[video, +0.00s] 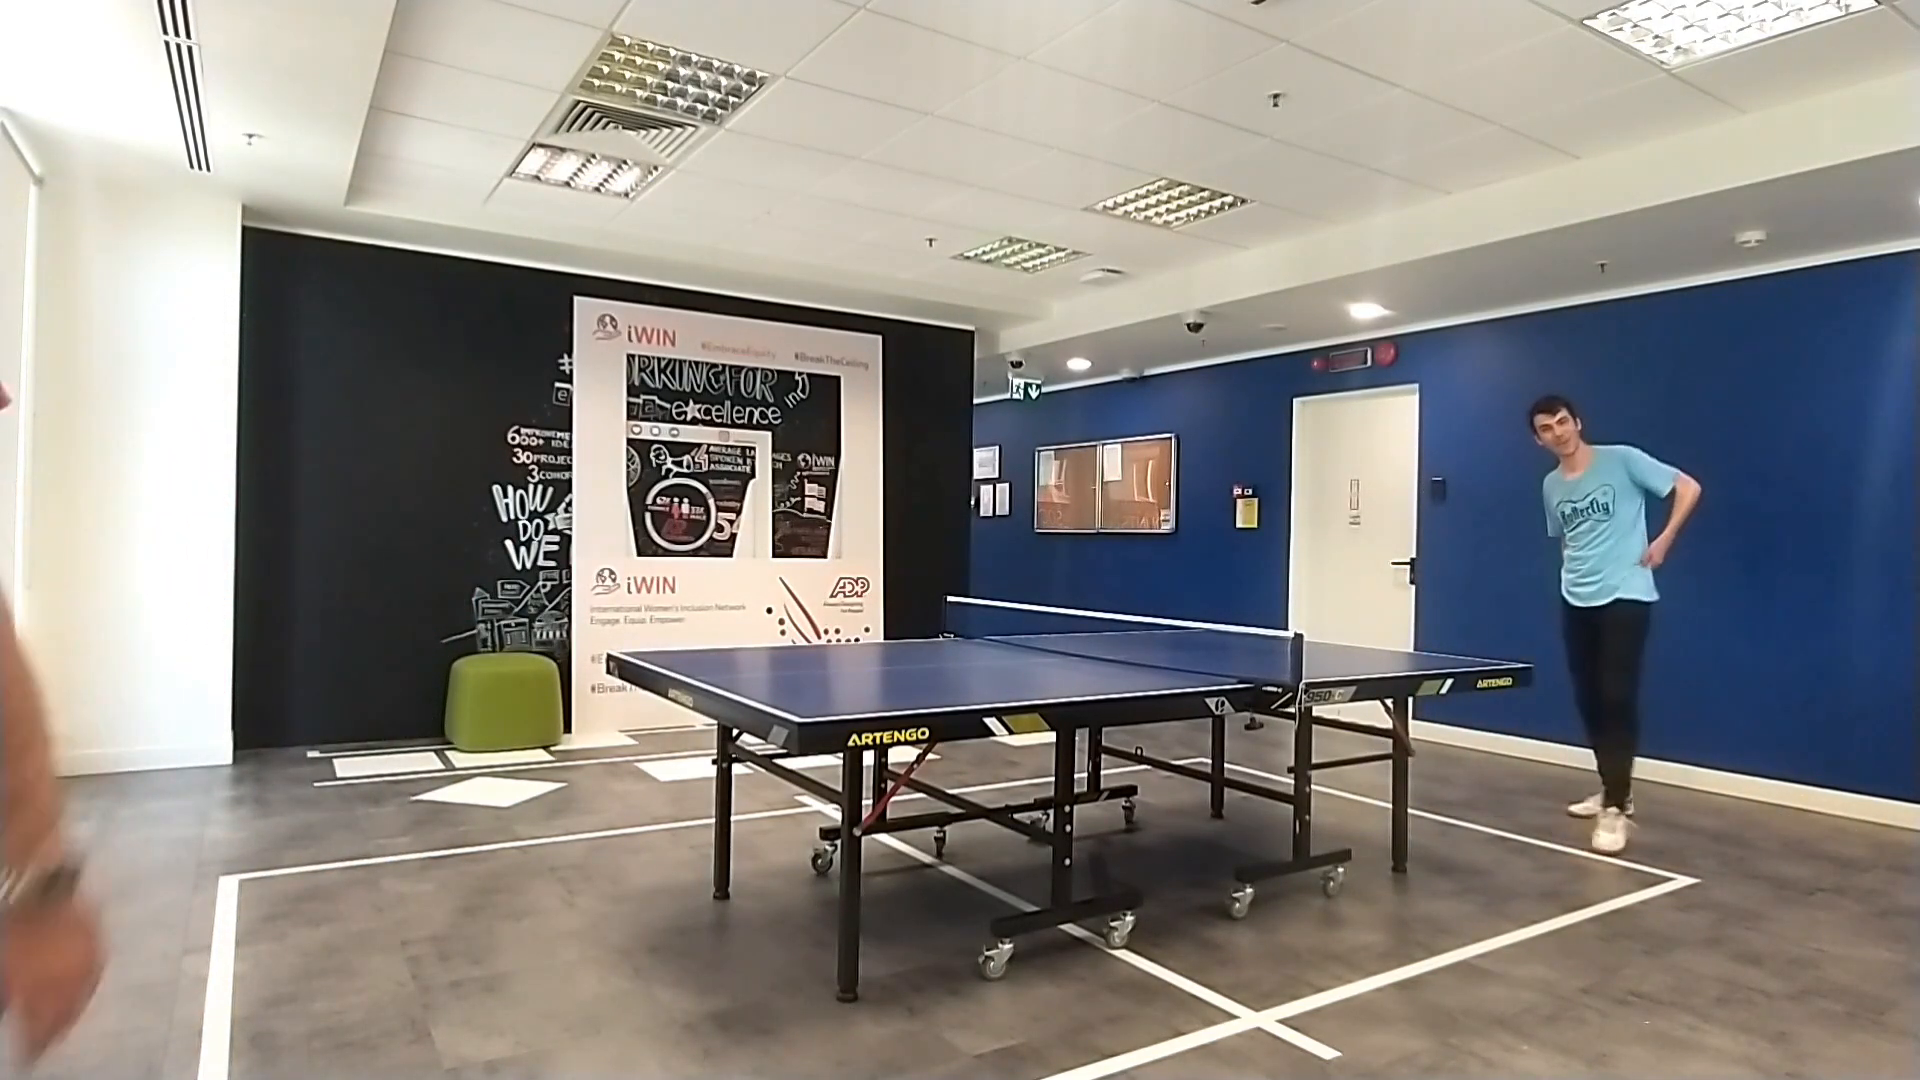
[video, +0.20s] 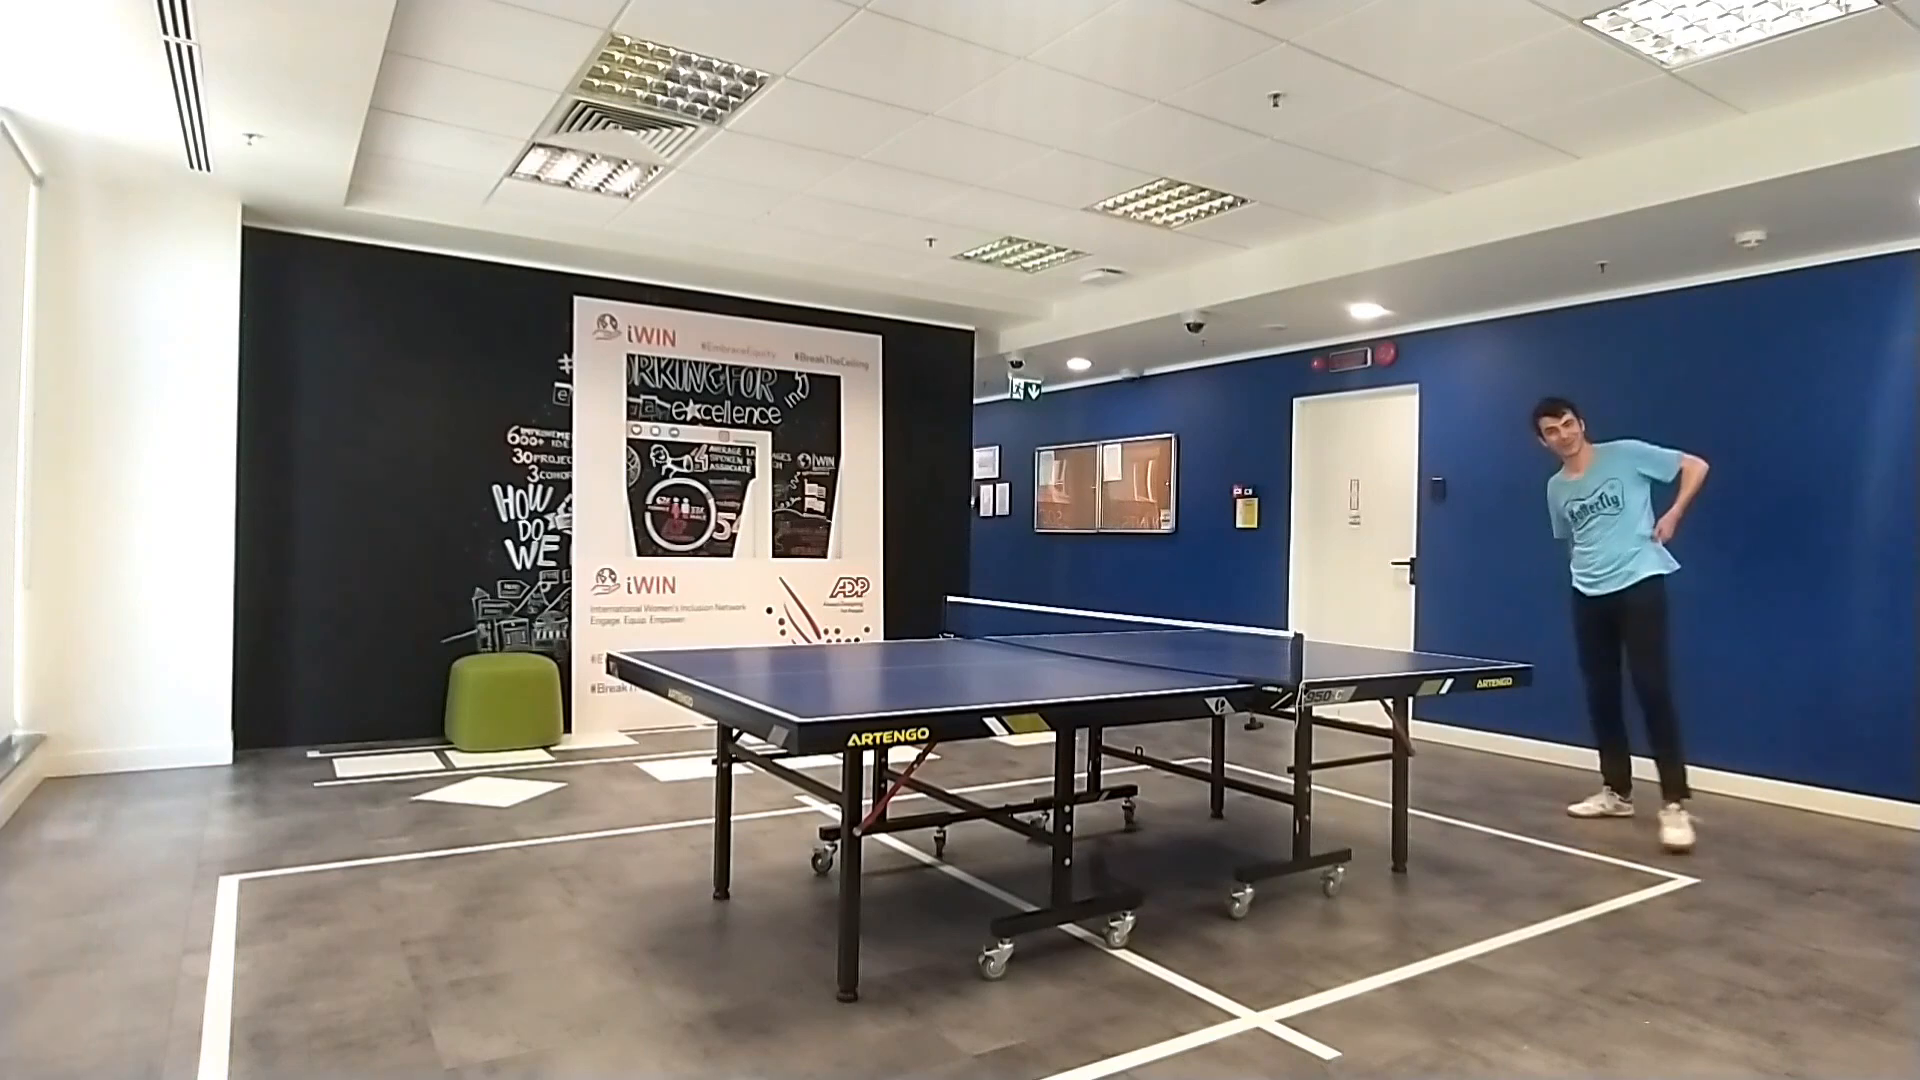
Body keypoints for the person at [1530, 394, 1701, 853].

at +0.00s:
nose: (1556, 431)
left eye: (1560, 421)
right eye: (1546, 428)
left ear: (1576, 422)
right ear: (1540, 440)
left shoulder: (1622, 459)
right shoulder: (1552, 485)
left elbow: (1688, 487)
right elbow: (1564, 542)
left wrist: (1664, 540)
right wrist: (1571, 583)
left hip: (1626, 595)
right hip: (1578, 601)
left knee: (1617, 695)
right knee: (1590, 697)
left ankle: (1617, 809)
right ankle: (1612, 791)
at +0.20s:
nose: (1562, 433)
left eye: (1566, 423)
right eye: (1551, 430)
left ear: (1580, 423)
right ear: (1544, 441)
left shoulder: (1623, 454)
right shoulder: (1556, 488)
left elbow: (1695, 466)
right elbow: (1569, 543)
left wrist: (1673, 515)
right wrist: (1586, 574)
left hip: (1640, 583)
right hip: (1590, 594)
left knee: (1651, 688)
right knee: (1602, 692)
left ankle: (1674, 805)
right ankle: (1617, 793)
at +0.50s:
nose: (1615, 426)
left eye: (1620, 418)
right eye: (1604, 420)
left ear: (1630, 420)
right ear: (1588, 428)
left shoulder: (1661, 456)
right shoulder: (1578, 482)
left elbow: (1717, 483)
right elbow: (1579, 541)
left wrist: (1703, 527)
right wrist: (1580, 594)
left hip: (1666, 591)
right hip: (1607, 596)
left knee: (1687, 693)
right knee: (1612, 694)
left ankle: (1712, 798)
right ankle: (1617, 793)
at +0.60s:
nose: (1642, 425)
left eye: (1647, 416)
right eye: (1632, 418)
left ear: (1655, 420)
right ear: (1610, 424)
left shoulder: (1681, 459)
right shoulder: (1591, 479)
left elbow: (1726, 491)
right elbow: (1582, 538)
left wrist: (1717, 539)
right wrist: (1577, 594)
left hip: (1679, 595)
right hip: (1617, 597)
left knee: (1693, 695)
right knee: (1616, 694)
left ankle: (1707, 800)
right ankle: (1617, 793)